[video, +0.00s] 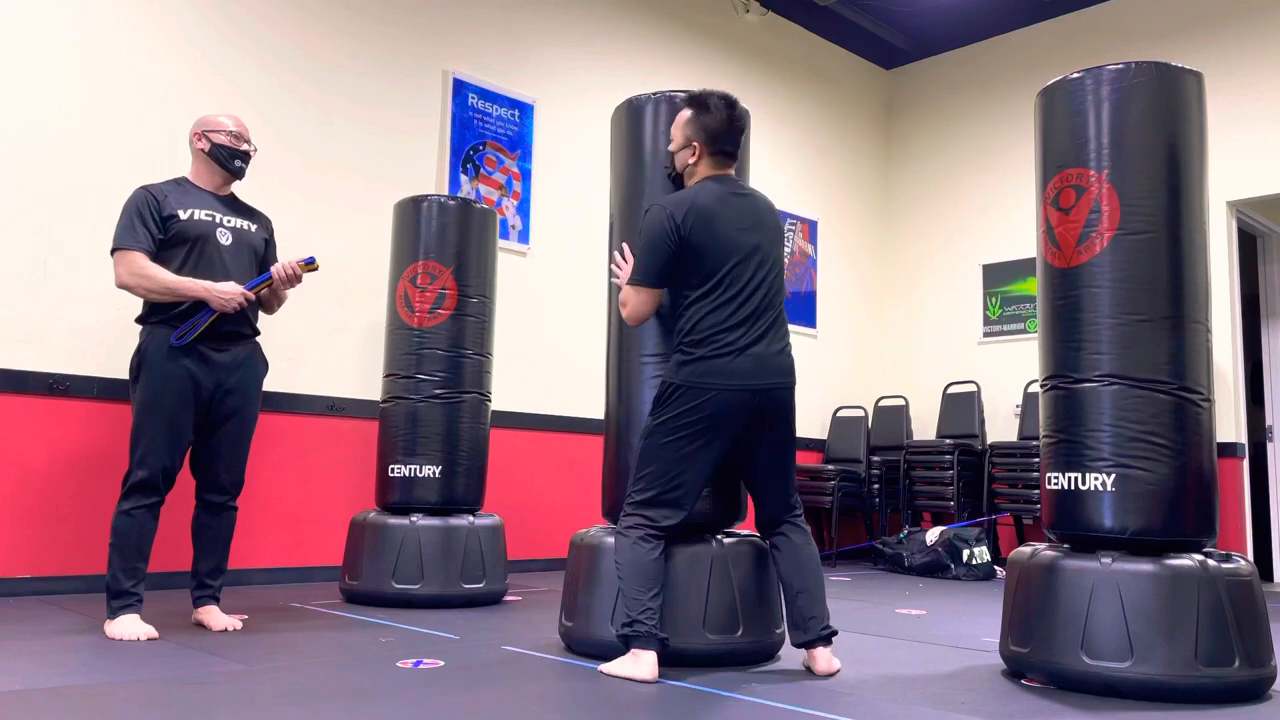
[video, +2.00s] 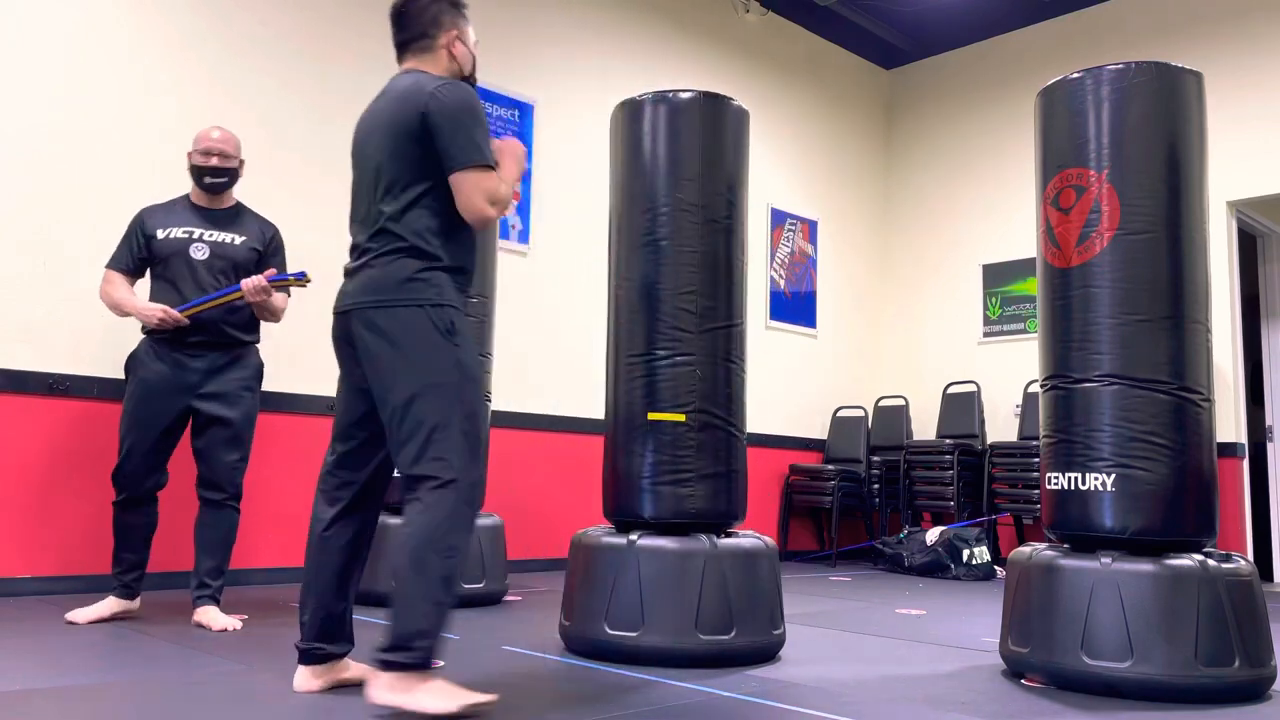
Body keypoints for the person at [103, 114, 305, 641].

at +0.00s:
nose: (243, 146)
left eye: (247, 141)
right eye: (232, 135)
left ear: (248, 156)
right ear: (199, 141)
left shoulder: (258, 223)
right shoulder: (154, 199)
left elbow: (269, 304)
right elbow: (128, 272)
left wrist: (280, 285)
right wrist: (207, 289)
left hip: (238, 363)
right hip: (170, 358)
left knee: (221, 489)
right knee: (148, 482)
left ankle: (207, 602)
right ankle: (123, 609)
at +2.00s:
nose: (213, 162)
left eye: (223, 156)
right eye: (205, 154)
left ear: (240, 165)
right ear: (189, 160)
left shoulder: (262, 233)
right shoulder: (153, 220)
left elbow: (277, 311)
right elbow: (111, 285)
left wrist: (262, 298)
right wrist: (139, 308)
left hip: (230, 372)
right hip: (160, 367)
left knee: (222, 487)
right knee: (134, 479)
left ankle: (207, 602)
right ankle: (124, 593)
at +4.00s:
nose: (213, 171)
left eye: (220, 167)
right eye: (204, 162)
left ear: (227, 181)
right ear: (178, 168)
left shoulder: (241, 238)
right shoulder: (134, 229)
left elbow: (264, 307)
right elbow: (106, 298)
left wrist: (212, 295)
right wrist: (146, 298)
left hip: (209, 372)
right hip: (142, 370)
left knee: (201, 485)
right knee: (132, 481)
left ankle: (189, 594)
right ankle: (126, 595)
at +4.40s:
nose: (230, 176)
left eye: (237, 173)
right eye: (220, 167)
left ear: (243, 186)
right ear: (194, 171)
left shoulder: (254, 241)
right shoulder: (148, 229)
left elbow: (274, 310)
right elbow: (118, 296)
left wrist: (223, 295)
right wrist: (162, 297)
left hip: (218, 375)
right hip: (152, 371)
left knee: (206, 485)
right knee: (139, 480)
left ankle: (189, 594)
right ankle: (126, 594)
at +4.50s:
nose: (232, 177)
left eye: (240, 173)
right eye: (223, 168)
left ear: (246, 187)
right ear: (197, 172)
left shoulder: (256, 242)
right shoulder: (151, 229)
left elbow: (275, 311)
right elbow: (120, 296)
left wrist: (224, 296)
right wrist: (163, 297)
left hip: (219, 374)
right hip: (153, 371)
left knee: (207, 485)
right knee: (139, 480)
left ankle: (190, 594)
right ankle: (126, 594)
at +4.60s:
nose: (234, 178)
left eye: (242, 174)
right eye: (225, 168)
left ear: (248, 187)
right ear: (200, 172)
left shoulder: (258, 243)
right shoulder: (154, 229)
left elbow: (276, 312)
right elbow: (123, 297)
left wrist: (226, 296)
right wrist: (163, 298)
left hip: (220, 375)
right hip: (155, 370)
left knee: (208, 485)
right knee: (139, 479)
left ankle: (190, 594)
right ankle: (126, 594)